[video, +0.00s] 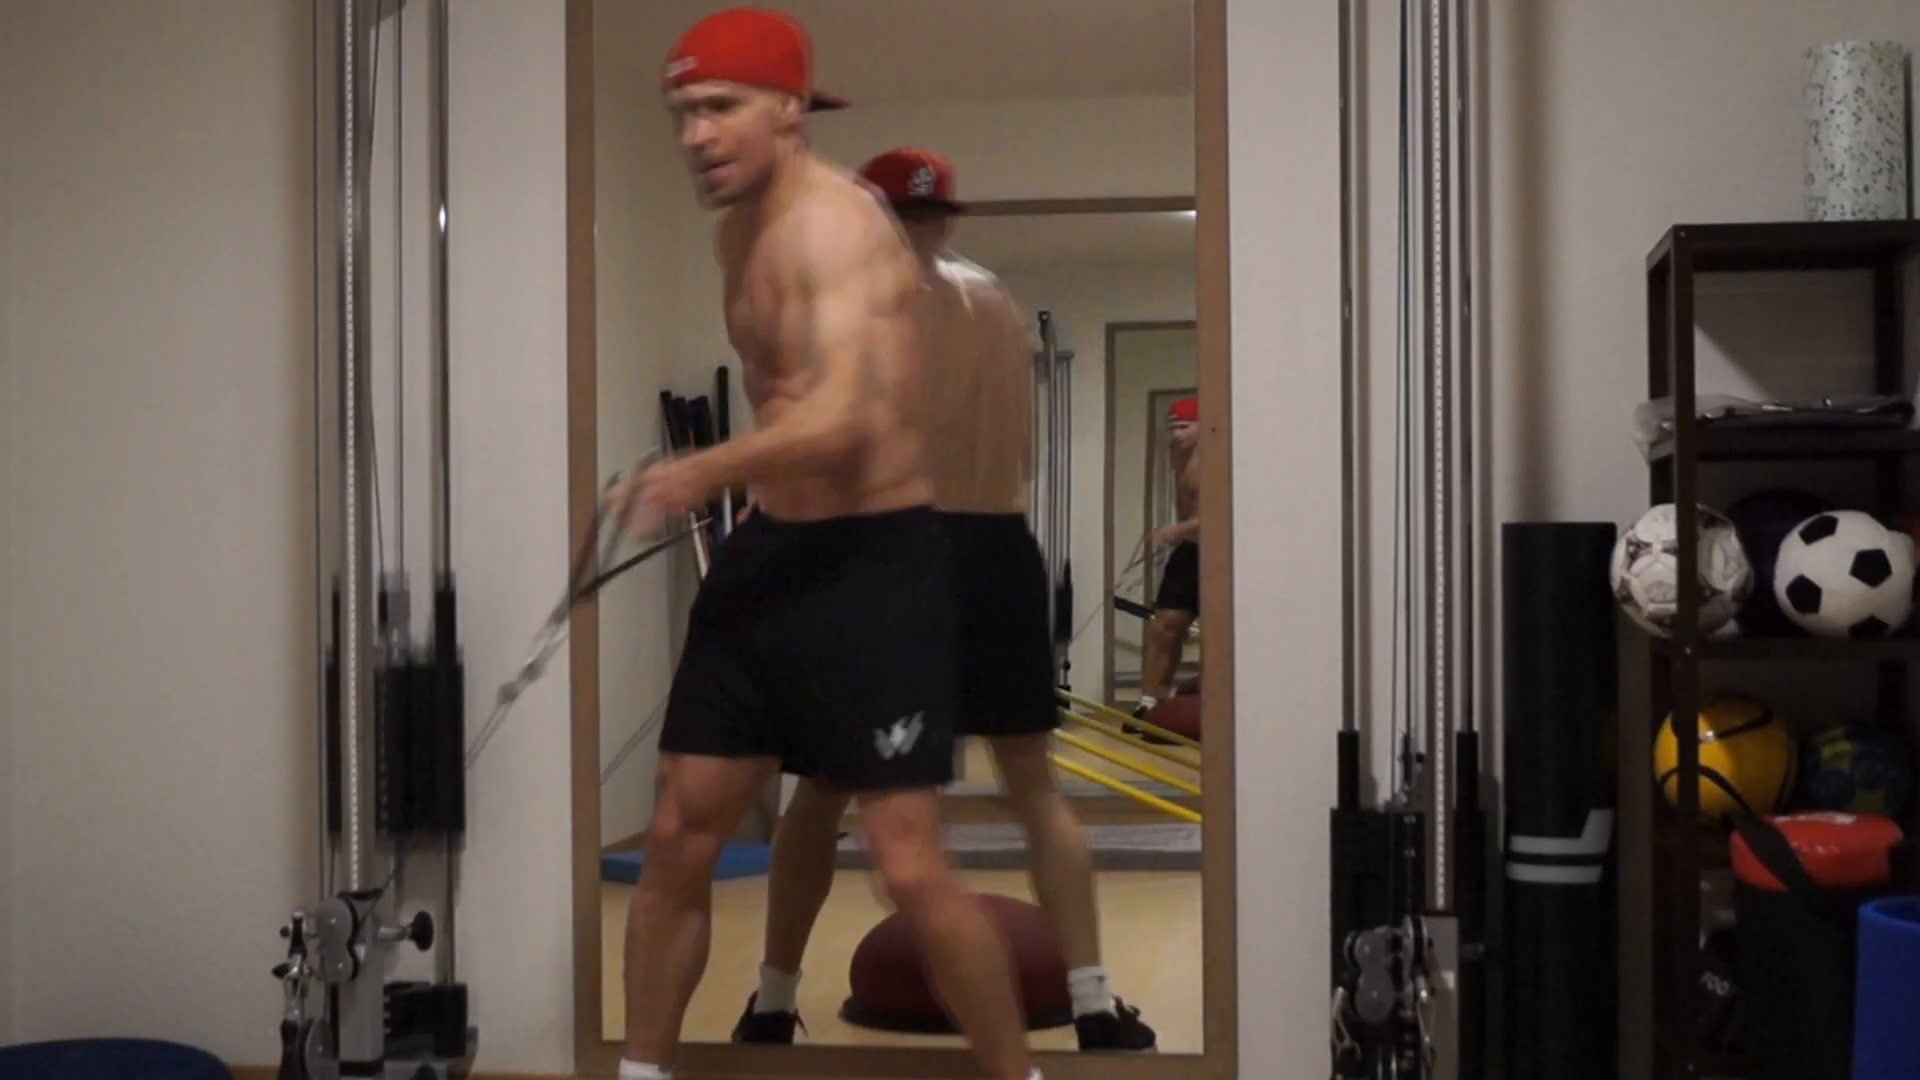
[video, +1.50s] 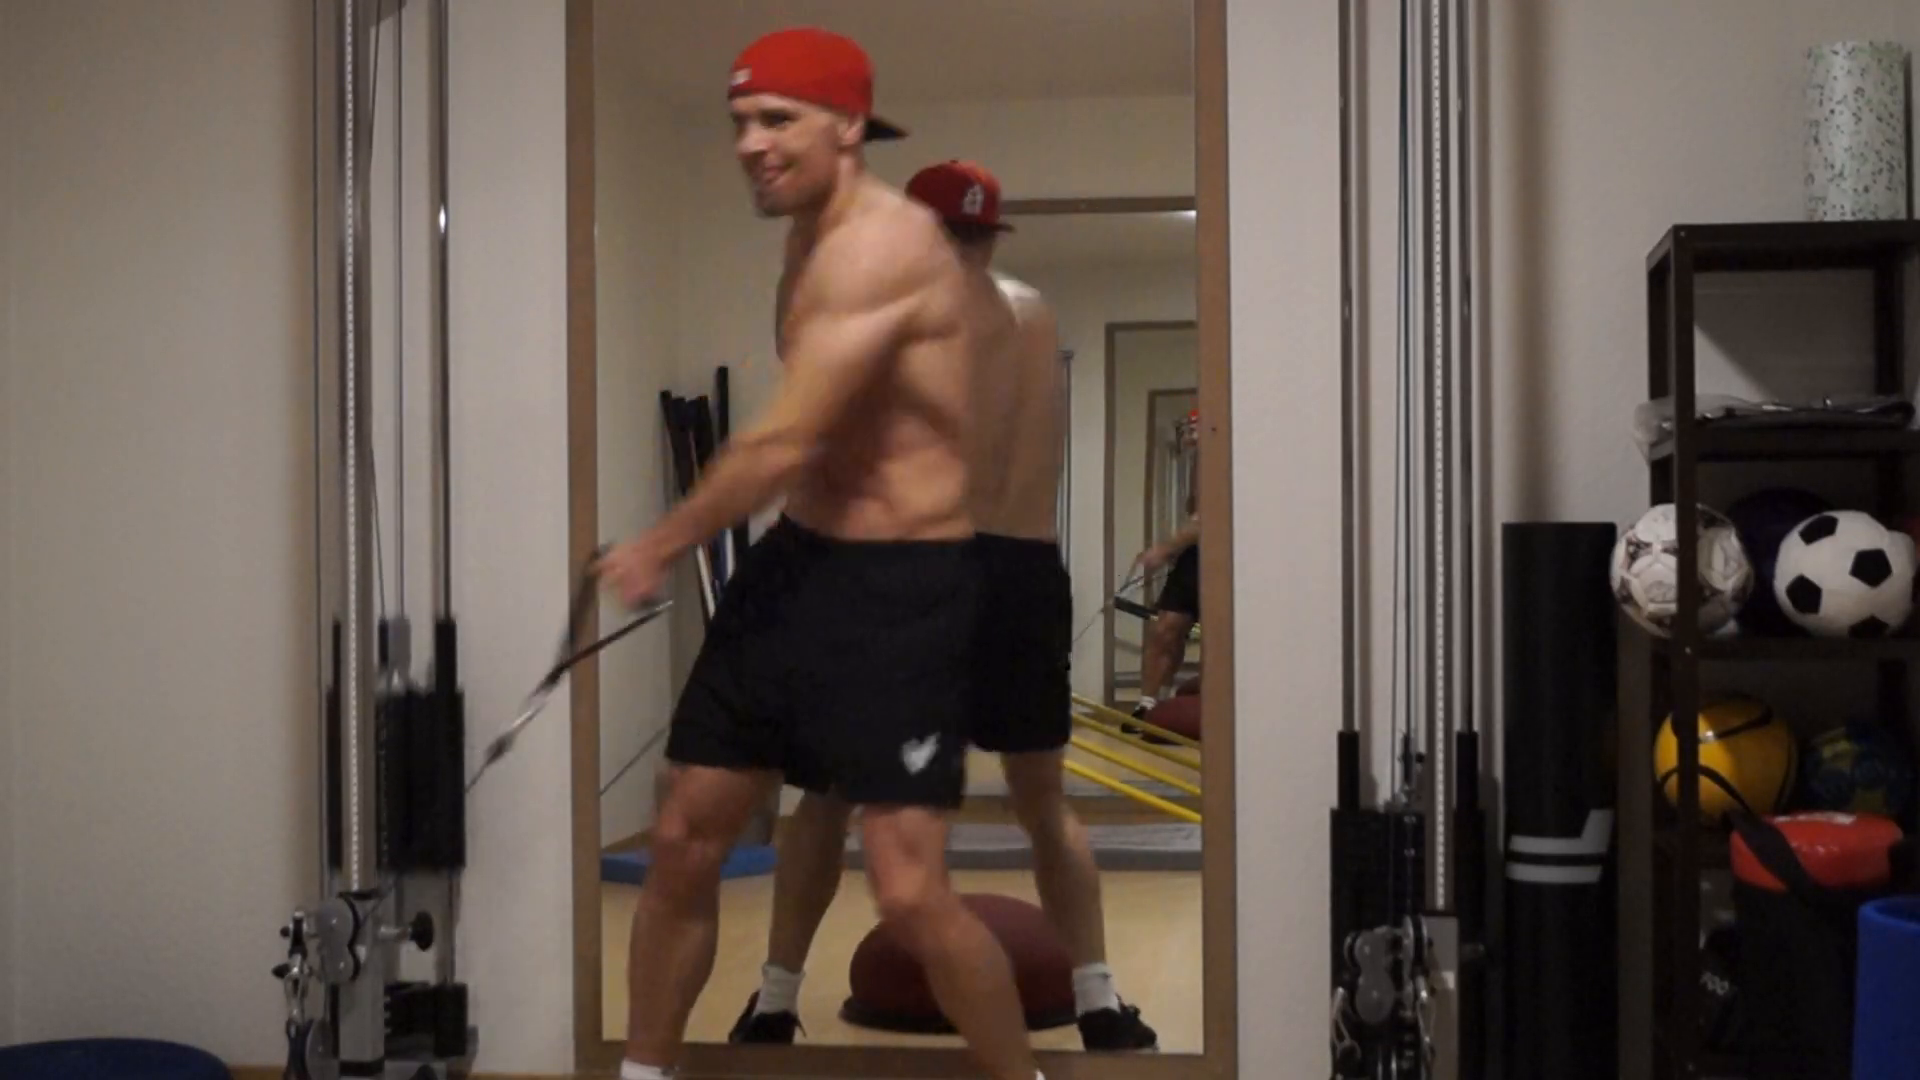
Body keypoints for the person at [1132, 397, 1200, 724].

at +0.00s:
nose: (1176, 434)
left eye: (1182, 426)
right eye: (1173, 427)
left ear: (1201, 426)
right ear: (1173, 430)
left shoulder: (1212, 459)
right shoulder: (1183, 461)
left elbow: (1216, 513)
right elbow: (1195, 510)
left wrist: (1177, 529)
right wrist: (1182, 534)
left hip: (1213, 549)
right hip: (1189, 547)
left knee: (1217, 630)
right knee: (1166, 624)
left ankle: (1210, 702)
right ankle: (1150, 699)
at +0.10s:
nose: (1169, 437)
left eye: (1175, 430)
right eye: (1167, 431)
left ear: (1194, 431)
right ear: (1185, 434)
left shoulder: (1197, 460)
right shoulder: (1194, 459)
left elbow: (1191, 519)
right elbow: (1193, 521)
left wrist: (1150, 540)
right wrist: (1163, 543)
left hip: (1195, 552)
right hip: (1196, 550)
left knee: (1163, 624)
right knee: (1170, 626)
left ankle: (1148, 700)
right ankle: (1159, 697)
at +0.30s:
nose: (1173, 445)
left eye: (1179, 437)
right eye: (1171, 438)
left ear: (1198, 437)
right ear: (1176, 440)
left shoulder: (1198, 470)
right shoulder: (1202, 469)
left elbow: (1173, 522)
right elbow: (1182, 530)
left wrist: (1133, 556)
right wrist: (1149, 557)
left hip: (1199, 556)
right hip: (1195, 555)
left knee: (1164, 623)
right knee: (1167, 624)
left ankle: (1148, 700)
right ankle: (1153, 699)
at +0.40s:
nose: (1187, 439)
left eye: (1191, 432)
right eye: (1184, 433)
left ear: (1206, 431)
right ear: (1182, 437)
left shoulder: (1216, 466)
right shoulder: (1192, 468)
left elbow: (1209, 517)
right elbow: (1193, 517)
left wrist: (1175, 540)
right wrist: (1172, 545)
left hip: (1209, 550)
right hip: (1190, 551)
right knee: (1166, 626)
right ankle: (1150, 699)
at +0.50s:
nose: (1208, 427)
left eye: (1213, 421)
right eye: (1203, 420)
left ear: (1223, 425)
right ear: (1197, 423)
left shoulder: (1231, 461)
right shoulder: (1187, 459)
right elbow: (1159, 490)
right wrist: (1178, 528)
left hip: (1221, 549)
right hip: (1194, 546)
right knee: (1178, 628)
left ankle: (1163, 695)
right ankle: (1151, 697)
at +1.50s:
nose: (1192, 436)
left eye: (1198, 429)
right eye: (1191, 430)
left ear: (1213, 430)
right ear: (1193, 433)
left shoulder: (1224, 461)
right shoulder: (1204, 458)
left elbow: (1207, 520)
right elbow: (1201, 516)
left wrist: (1165, 549)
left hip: (1221, 546)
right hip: (1198, 546)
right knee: (1167, 626)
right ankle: (1148, 699)